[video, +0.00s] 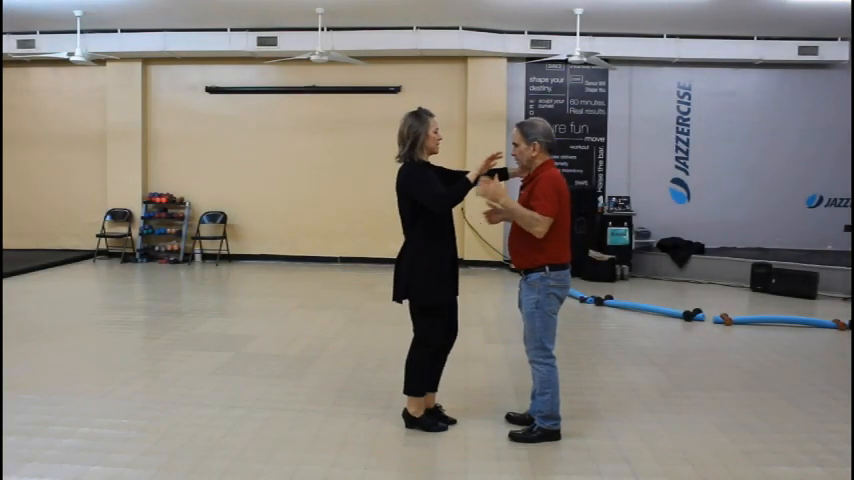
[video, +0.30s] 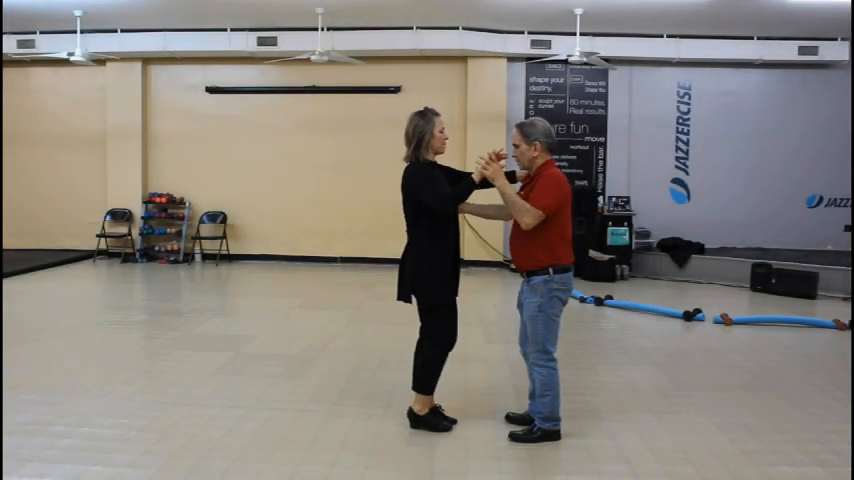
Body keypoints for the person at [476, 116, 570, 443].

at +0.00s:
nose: (513, 151)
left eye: (517, 145)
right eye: (513, 146)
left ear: (535, 148)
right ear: (535, 148)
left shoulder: (548, 179)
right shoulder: (535, 177)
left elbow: (540, 226)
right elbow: (533, 217)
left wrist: (505, 202)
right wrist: (506, 214)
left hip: (546, 277)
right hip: (535, 276)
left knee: (541, 353)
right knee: (537, 351)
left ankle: (548, 424)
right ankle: (538, 412)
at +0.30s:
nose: (513, 153)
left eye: (517, 146)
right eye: (513, 147)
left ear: (536, 148)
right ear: (536, 148)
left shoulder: (552, 179)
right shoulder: (534, 179)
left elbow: (529, 218)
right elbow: (510, 212)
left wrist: (500, 181)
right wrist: (464, 207)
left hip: (549, 279)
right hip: (535, 277)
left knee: (541, 353)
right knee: (531, 349)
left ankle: (548, 424)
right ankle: (537, 412)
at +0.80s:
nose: (499, 151)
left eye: (504, 144)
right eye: (499, 145)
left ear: (522, 147)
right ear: (519, 148)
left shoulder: (541, 177)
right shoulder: (511, 181)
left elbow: (514, 195)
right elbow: (474, 206)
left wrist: (503, 152)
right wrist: (440, 192)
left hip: (538, 279)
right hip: (520, 279)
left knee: (535, 354)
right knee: (520, 352)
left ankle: (547, 424)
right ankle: (524, 416)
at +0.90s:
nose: (498, 150)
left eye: (503, 144)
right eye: (497, 144)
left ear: (521, 147)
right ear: (517, 148)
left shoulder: (540, 177)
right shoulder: (508, 183)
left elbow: (515, 196)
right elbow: (472, 208)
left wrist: (503, 153)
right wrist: (439, 191)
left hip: (535, 278)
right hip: (516, 278)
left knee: (529, 353)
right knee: (517, 353)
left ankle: (546, 422)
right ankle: (524, 416)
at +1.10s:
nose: (495, 151)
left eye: (500, 145)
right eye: (495, 145)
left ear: (518, 148)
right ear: (514, 149)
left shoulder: (536, 178)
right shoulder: (502, 185)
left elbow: (512, 197)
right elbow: (467, 208)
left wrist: (500, 155)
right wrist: (434, 196)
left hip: (528, 276)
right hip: (510, 276)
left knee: (506, 348)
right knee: (512, 346)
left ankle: (536, 414)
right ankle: (522, 414)